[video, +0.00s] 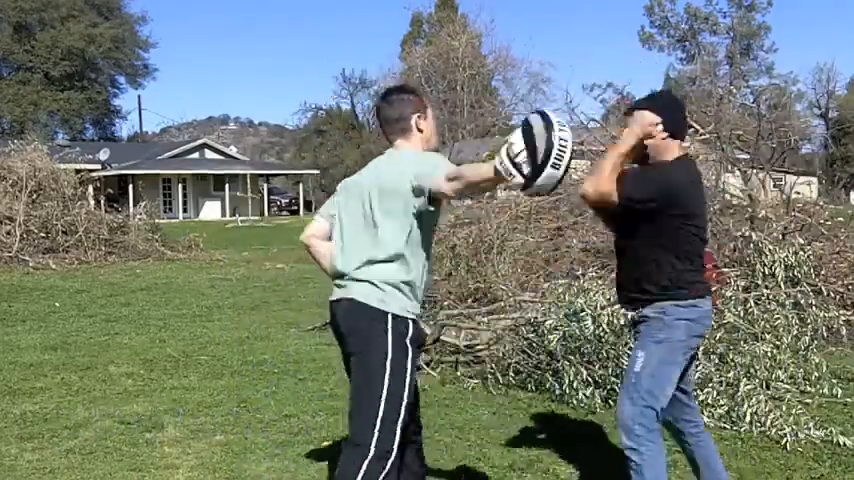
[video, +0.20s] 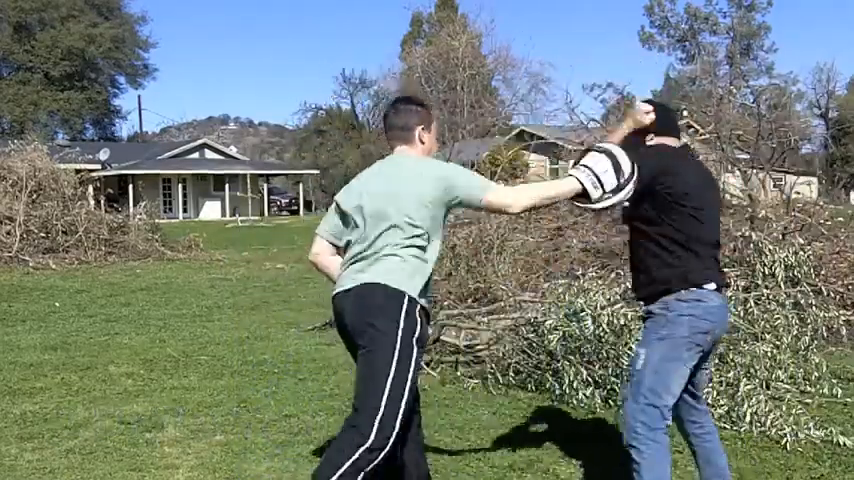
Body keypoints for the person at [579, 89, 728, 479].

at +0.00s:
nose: (630, 136)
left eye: (636, 127)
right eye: (630, 128)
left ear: (658, 129)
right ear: (668, 130)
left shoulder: (672, 176)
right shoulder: (661, 174)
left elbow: (595, 190)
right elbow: (623, 224)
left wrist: (627, 140)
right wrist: (614, 160)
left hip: (672, 312)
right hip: (665, 310)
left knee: (636, 416)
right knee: (682, 415)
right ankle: (717, 475)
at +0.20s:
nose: (632, 137)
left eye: (637, 127)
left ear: (648, 131)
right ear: (676, 133)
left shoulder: (652, 159)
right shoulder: (699, 170)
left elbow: (594, 170)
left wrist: (627, 124)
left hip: (679, 307)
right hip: (711, 305)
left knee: (643, 415)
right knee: (690, 406)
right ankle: (718, 474)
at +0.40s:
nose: (620, 152)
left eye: (625, 144)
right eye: (619, 144)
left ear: (654, 146)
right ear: (659, 147)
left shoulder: (646, 183)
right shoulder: (692, 181)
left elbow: (619, 252)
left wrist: (608, 222)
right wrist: (630, 218)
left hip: (692, 305)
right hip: (724, 305)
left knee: (642, 411)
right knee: (694, 403)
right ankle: (719, 475)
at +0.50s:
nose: (616, 152)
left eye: (623, 143)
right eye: (616, 144)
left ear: (651, 145)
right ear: (655, 147)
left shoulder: (650, 184)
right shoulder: (691, 184)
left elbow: (637, 247)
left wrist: (596, 222)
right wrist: (619, 223)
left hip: (689, 311)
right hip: (719, 309)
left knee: (639, 417)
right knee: (689, 407)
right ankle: (718, 475)